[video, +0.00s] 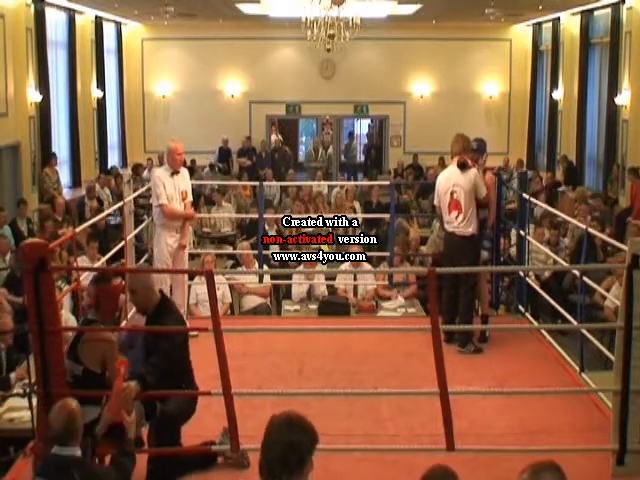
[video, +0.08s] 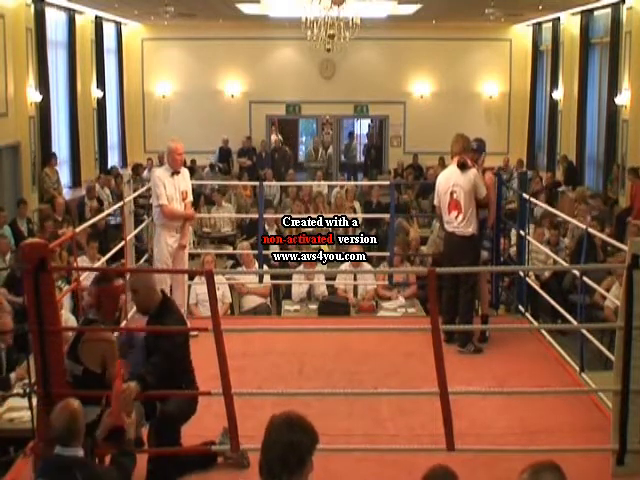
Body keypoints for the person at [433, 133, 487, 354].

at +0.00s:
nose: (470, 155)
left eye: (467, 152)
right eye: (469, 152)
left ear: (452, 153)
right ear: (468, 152)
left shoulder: (442, 176)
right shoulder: (473, 175)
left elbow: (437, 205)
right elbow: (484, 198)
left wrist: (445, 225)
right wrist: (477, 173)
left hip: (449, 235)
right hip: (468, 236)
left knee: (449, 283)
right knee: (467, 284)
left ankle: (449, 327)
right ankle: (464, 335)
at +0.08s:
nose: (470, 155)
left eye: (467, 152)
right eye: (470, 152)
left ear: (451, 152)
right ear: (468, 152)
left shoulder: (442, 176)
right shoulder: (473, 175)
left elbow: (437, 205)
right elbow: (484, 198)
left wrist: (445, 225)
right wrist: (477, 172)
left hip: (449, 235)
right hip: (468, 236)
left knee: (449, 283)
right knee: (467, 284)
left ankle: (449, 327)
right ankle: (464, 334)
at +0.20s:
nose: (468, 156)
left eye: (462, 152)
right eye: (468, 152)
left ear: (451, 152)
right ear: (468, 152)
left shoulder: (442, 176)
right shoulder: (473, 175)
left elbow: (438, 206)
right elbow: (483, 198)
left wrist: (446, 223)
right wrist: (477, 172)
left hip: (449, 234)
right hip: (468, 235)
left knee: (450, 281)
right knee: (468, 283)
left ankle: (448, 326)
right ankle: (465, 333)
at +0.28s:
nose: (467, 156)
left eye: (460, 152)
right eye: (468, 152)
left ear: (451, 152)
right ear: (469, 152)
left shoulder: (442, 176)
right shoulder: (473, 175)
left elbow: (438, 206)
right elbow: (483, 198)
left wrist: (446, 223)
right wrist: (478, 173)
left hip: (449, 234)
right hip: (468, 235)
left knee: (450, 281)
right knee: (468, 283)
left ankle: (448, 326)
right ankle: (465, 333)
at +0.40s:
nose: (469, 157)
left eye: (463, 153)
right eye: (469, 153)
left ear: (451, 152)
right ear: (469, 152)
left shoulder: (442, 176)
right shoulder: (472, 176)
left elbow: (437, 207)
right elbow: (485, 201)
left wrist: (446, 223)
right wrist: (481, 174)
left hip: (449, 234)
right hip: (468, 235)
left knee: (450, 281)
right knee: (468, 284)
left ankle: (448, 327)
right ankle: (465, 334)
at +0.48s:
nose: (470, 156)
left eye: (464, 153)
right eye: (470, 153)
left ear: (452, 152)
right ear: (469, 153)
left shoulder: (442, 176)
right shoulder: (472, 177)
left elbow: (437, 208)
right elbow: (483, 203)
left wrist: (447, 222)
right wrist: (480, 177)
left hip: (449, 234)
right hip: (468, 235)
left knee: (450, 282)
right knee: (468, 284)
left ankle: (448, 327)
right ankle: (465, 334)